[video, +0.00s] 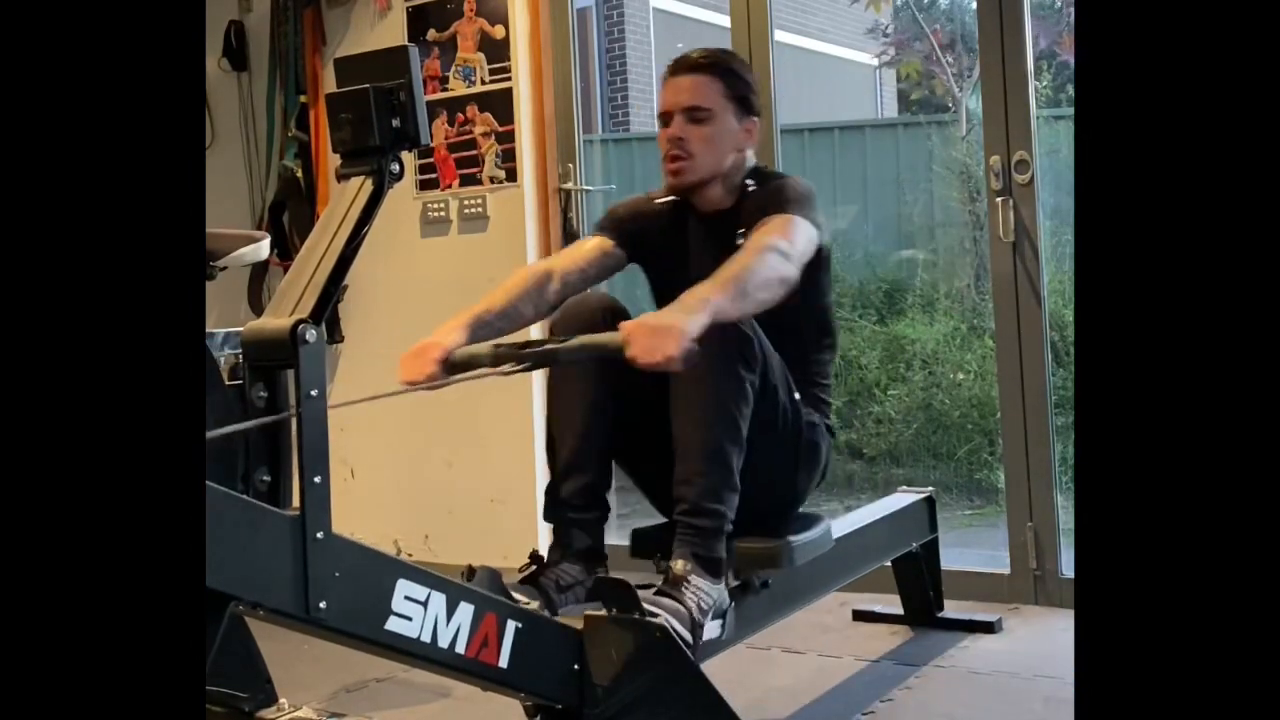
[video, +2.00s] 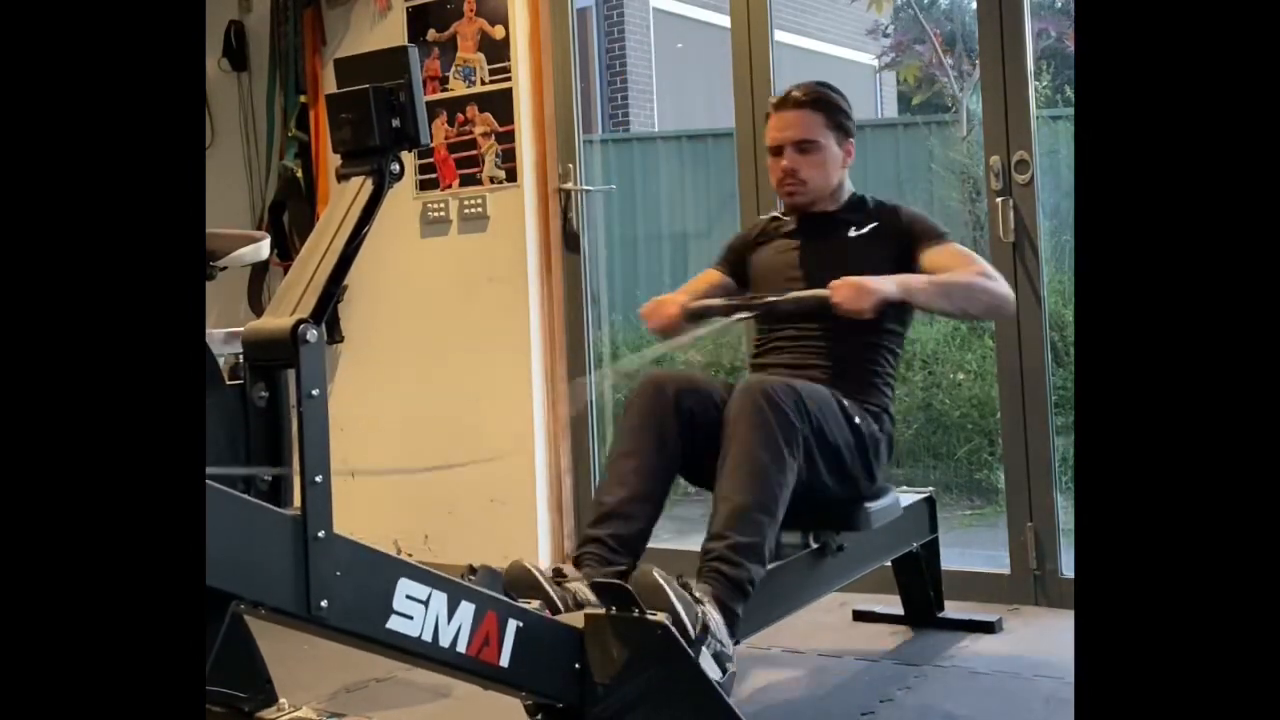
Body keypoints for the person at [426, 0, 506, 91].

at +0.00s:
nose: (471, 8)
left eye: (473, 5)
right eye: (468, 5)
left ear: (476, 8)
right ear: (463, 8)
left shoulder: (480, 22)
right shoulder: (458, 24)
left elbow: (493, 33)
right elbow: (445, 36)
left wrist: (498, 32)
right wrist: (435, 36)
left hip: (474, 60)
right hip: (460, 59)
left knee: (474, 88)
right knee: (458, 89)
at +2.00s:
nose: (471, 7)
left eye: (473, 4)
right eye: (468, 4)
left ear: (476, 7)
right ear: (463, 8)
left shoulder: (480, 22)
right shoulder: (457, 25)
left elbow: (493, 34)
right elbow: (445, 36)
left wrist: (498, 32)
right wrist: (435, 36)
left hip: (474, 60)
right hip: (460, 59)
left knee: (474, 89)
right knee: (458, 89)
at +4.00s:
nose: (471, 7)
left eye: (473, 5)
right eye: (468, 5)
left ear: (476, 8)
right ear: (463, 8)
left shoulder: (480, 22)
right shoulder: (457, 25)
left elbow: (493, 34)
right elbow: (445, 36)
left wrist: (498, 32)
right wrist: (435, 36)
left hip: (474, 60)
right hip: (460, 59)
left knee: (474, 89)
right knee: (459, 90)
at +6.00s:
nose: (471, 7)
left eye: (473, 4)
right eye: (469, 4)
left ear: (476, 7)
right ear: (463, 7)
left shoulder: (480, 22)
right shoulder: (457, 25)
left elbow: (493, 34)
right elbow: (444, 36)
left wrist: (498, 32)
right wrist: (434, 36)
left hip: (474, 60)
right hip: (460, 59)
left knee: (474, 89)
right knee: (458, 89)